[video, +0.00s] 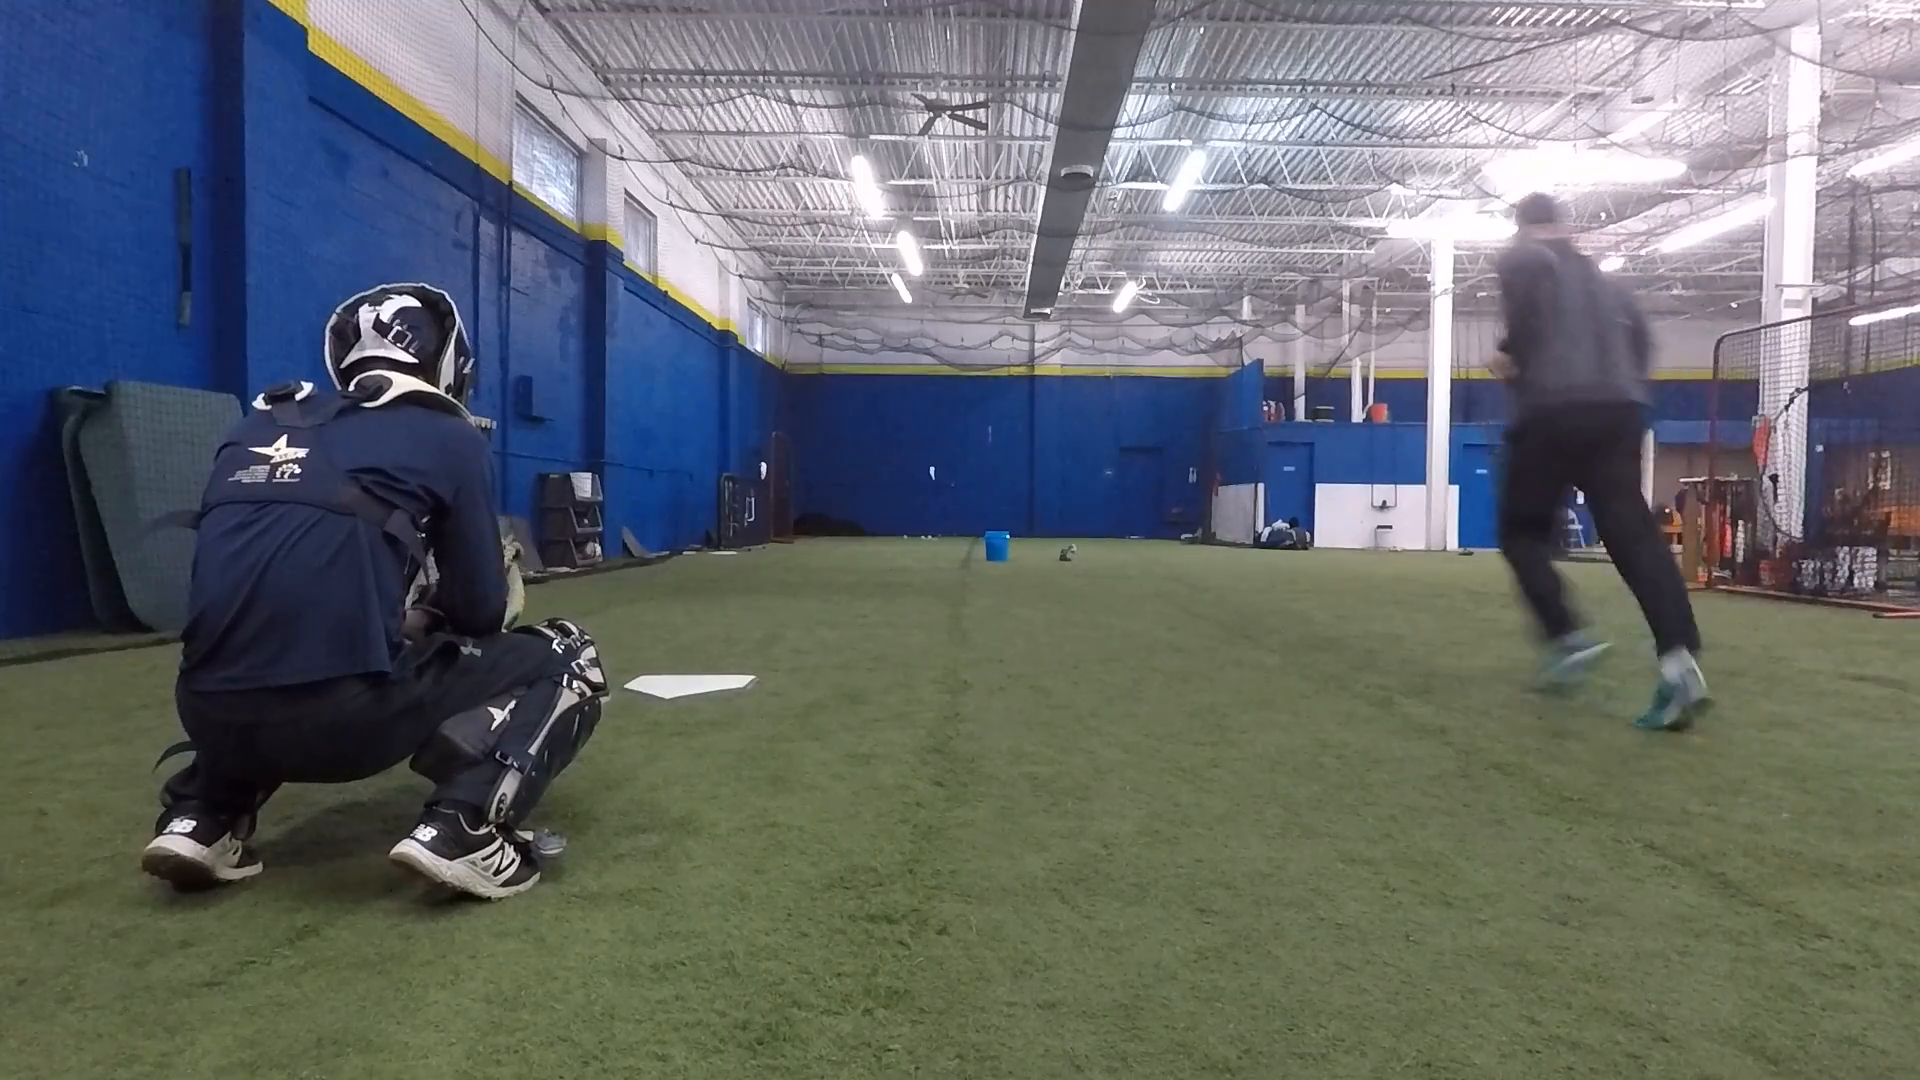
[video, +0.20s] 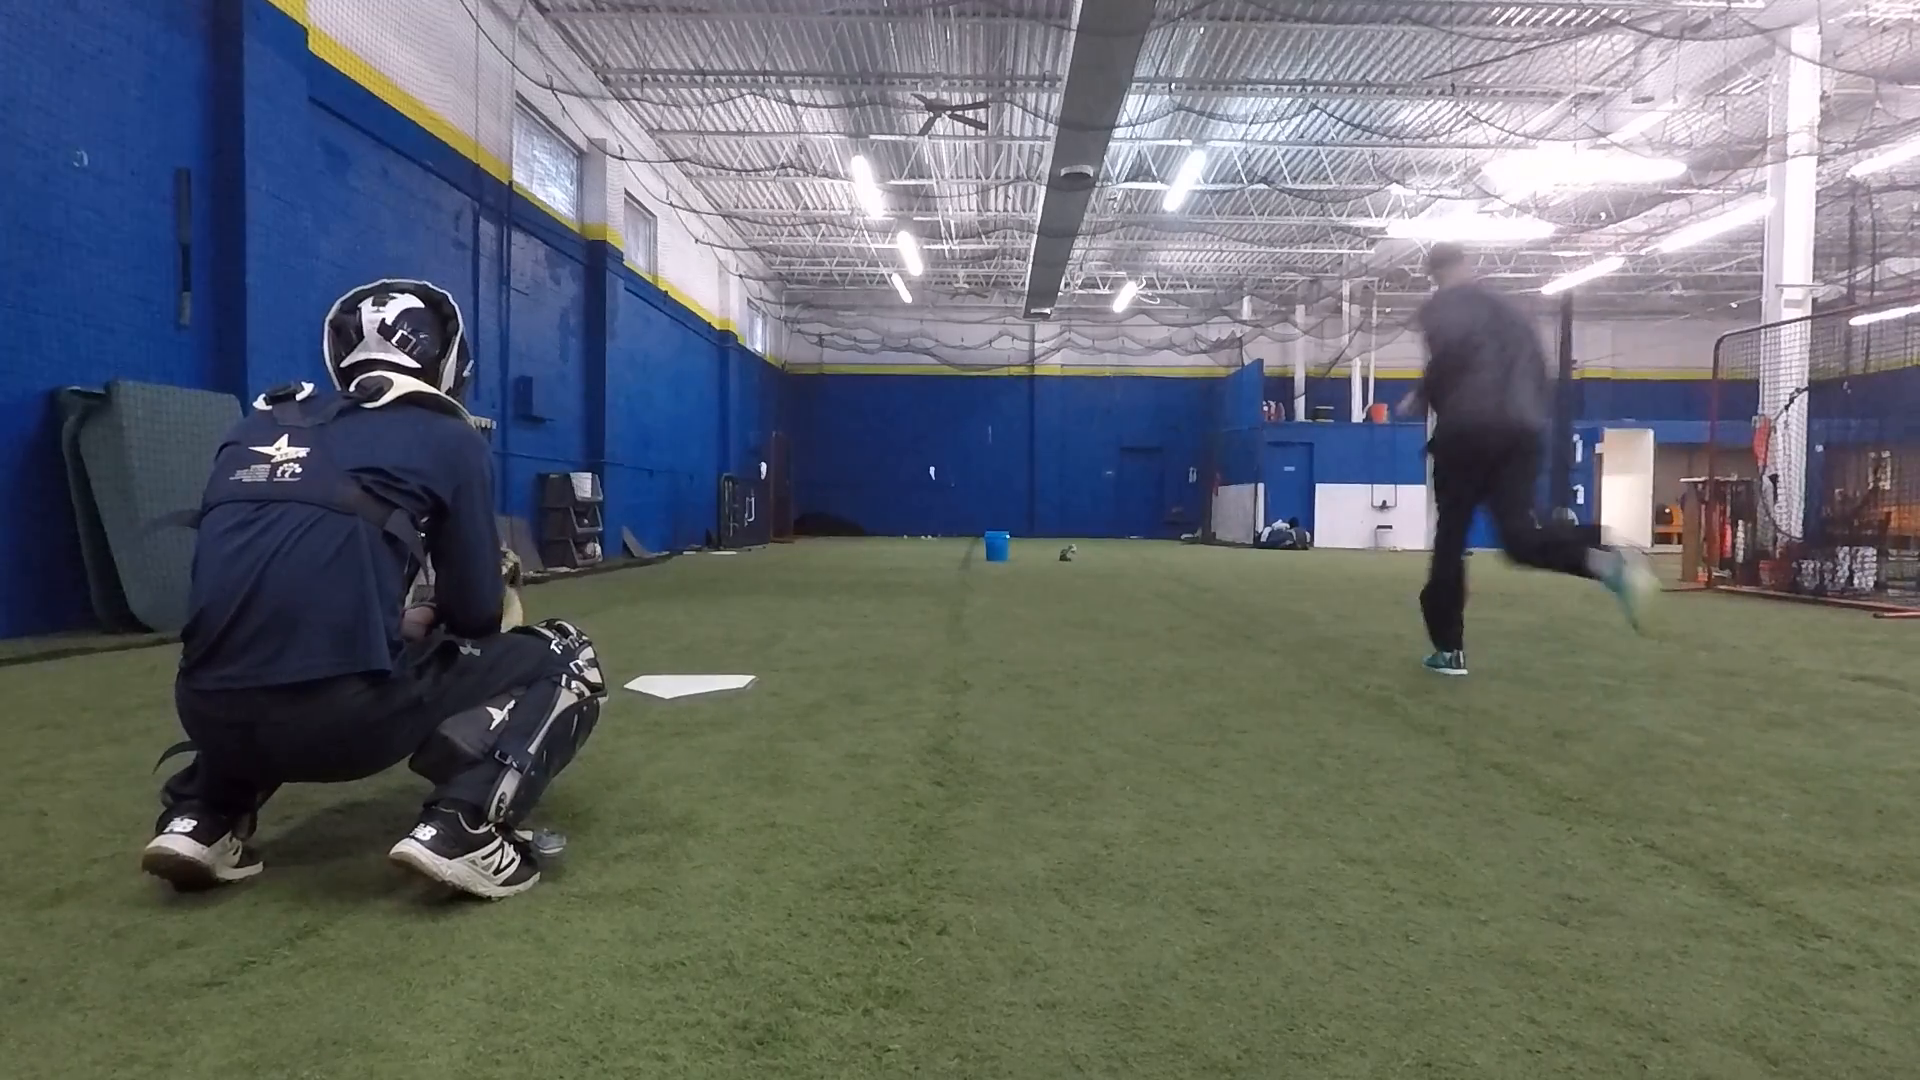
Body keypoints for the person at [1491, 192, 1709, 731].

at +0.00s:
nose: (1521, 236)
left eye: (1521, 227)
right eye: (1530, 226)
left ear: (1522, 226)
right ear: (1565, 226)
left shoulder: (1520, 254)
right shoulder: (1599, 275)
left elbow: (1527, 298)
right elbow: (1638, 329)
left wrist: (1512, 353)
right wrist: (1630, 383)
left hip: (1552, 415)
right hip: (1619, 411)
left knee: (1523, 531)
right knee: (1629, 527)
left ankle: (1568, 637)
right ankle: (1678, 657)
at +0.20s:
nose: (1440, 279)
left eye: (1437, 272)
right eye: (1446, 269)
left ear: (1435, 272)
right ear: (1470, 266)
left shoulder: (1443, 304)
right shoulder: (1507, 309)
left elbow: (1450, 354)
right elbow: (1536, 370)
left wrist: (1423, 396)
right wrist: (1527, 414)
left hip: (1466, 433)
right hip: (1520, 433)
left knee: (1449, 542)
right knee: (1521, 540)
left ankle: (1448, 650)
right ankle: (1609, 564)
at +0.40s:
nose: (1397, 295)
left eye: (1388, 290)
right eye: (1404, 286)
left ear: (1382, 291)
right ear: (1417, 286)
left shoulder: (1374, 329)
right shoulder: (1451, 321)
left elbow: (1360, 382)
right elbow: (1483, 368)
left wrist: (1383, 391)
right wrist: (1467, 406)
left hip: (1406, 440)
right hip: (1457, 436)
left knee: (1421, 532)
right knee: (1428, 518)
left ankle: (1443, 632)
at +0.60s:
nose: (1361, 315)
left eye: (1355, 309)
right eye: (1370, 308)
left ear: (1349, 311)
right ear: (1379, 309)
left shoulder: (1333, 347)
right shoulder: (1404, 344)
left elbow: (1317, 392)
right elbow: (1426, 393)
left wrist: (1338, 407)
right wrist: (1408, 424)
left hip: (1355, 440)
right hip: (1399, 441)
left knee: (1368, 520)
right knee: (1388, 522)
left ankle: (1399, 556)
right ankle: (1375, 612)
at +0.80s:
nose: (1309, 338)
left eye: (1307, 334)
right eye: (1315, 332)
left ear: (1308, 332)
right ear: (1335, 332)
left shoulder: (1303, 361)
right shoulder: (1358, 364)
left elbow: (1301, 391)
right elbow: (1381, 405)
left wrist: (1291, 427)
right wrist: (1366, 440)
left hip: (1314, 458)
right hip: (1352, 457)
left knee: (1302, 528)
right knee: (1353, 527)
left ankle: (1326, 561)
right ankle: (1368, 600)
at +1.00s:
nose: (1261, 352)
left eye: (1261, 348)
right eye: (1263, 347)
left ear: (1262, 347)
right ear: (1283, 344)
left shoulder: (1261, 369)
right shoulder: (1312, 374)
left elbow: (1263, 396)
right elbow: (1329, 416)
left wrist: (1251, 427)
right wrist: (1316, 446)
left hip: (1272, 457)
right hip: (1308, 456)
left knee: (1265, 527)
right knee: (1313, 521)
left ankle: (1262, 596)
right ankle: (1346, 540)